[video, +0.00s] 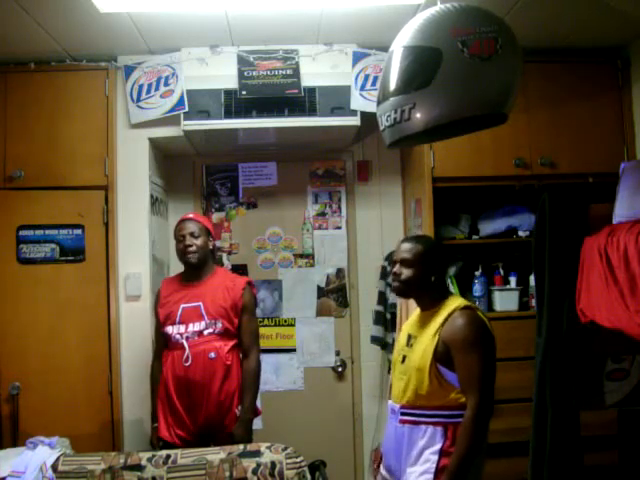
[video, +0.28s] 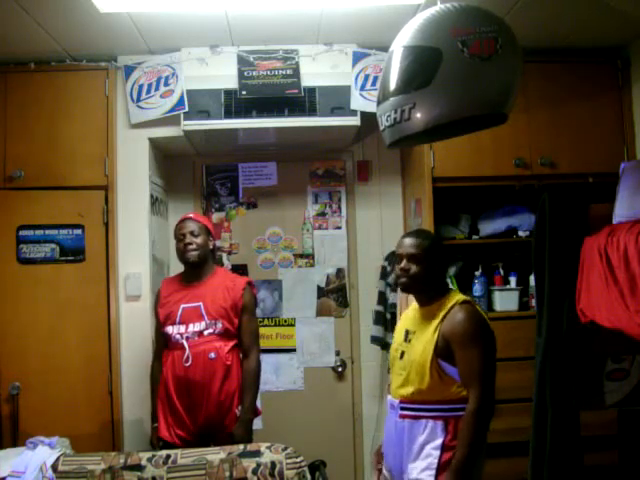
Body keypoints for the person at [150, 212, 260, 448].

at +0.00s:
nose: (187, 243)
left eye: (195, 236)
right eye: (180, 238)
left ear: (210, 242)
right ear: (176, 247)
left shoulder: (237, 287)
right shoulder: (167, 289)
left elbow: (251, 354)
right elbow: (160, 355)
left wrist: (245, 417)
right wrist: (157, 419)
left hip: (225, 416)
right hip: (176, 417)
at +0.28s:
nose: (187, 241)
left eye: (194, 234)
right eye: (180, 237)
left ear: (211, 241)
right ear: (176, 247)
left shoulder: (237, 288)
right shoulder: (167, 289)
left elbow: (251, 354)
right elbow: (160, 355)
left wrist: (246, 417)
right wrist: (157, 419)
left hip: (225, 416)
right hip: (176, 417)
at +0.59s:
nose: (187, 243)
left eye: (195, 236)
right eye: (180, 239)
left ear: (211, 242)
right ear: (176, 247)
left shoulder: (237, 288)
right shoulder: (167, 290)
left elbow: (251, 354)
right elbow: (160, 355)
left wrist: (245, 417)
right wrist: (157, 419)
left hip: (225, 416)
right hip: (176, 416)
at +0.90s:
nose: (187, 241)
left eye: (195, 234)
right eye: (180, 237)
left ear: (211, 242)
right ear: (176, 248)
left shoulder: (237, 288)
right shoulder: (167, 289)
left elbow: (251, 355)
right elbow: (160, 355)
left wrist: (245, 417)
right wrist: (157, 420)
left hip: (225, 416)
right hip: (176, 416)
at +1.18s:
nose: (187, 242)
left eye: (195, 235)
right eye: (180, 238)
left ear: (211, 242)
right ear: (176, 248)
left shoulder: (237, 288)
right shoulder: (167, 290)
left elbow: (251, 355)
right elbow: (160, 355)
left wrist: (246, 417)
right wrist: (157, 419)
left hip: (225, 416)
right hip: (176, 416)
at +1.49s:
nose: (187, 241)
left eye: (195, 235)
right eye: (180, 238)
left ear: (211, 242)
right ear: (176, 248)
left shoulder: (237, 288)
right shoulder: (167, 290)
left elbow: (251, 355)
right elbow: (160, 355)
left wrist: (246, 417)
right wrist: (157, 419)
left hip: (225, 416)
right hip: (176, 416)